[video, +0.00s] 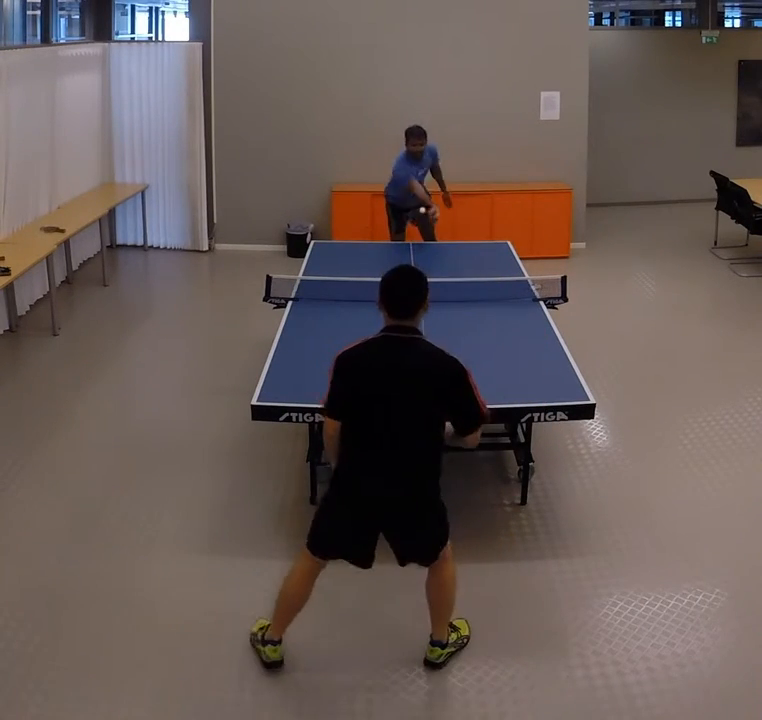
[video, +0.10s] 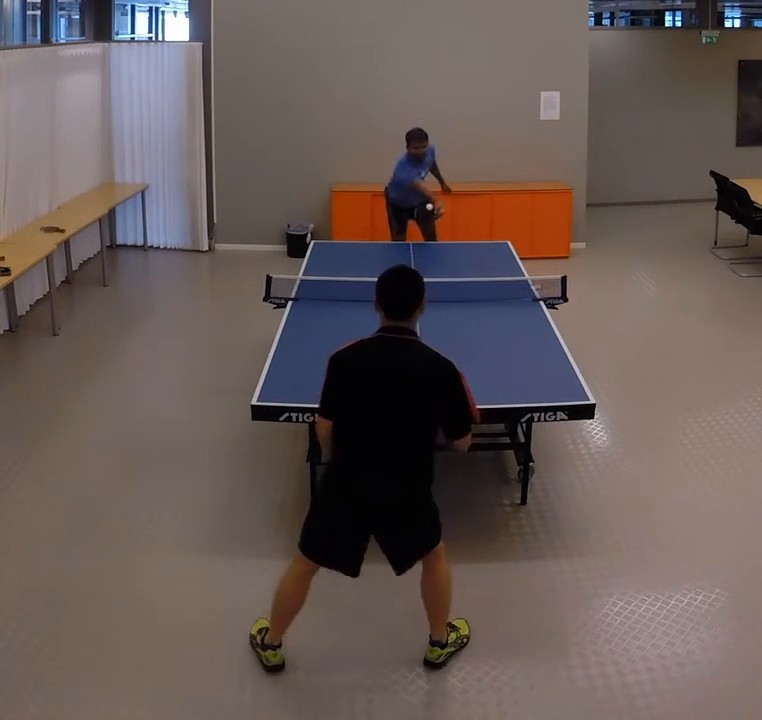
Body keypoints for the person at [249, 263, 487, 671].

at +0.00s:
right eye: (421, 299)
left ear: (380, 304)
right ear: (425, 305)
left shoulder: (350, 360)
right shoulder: (446, 367)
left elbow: (333, 431)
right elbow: (471, 436)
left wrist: (339, 465)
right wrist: (444, 427)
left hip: (354, 487)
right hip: (414, 491)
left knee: (313, 558)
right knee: (440, 556)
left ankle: (272, 640)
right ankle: (440, 640)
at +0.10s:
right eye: (416, 301)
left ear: (377, 305)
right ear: (421, 306)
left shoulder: (345, 360)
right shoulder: (440, 370)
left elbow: (324, 428)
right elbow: (462, 441)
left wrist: (335, 462)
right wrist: (432, 414)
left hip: (345, 488)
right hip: (407, 491)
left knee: (304, 564)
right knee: (432, 555)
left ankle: (271, 642)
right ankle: (440, 640)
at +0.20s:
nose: (415, 303)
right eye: (416, 298)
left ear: (374, 301)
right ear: (417, 303)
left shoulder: (340, 355)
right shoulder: (436, 367)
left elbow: (320, 426)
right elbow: (456, 438)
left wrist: (335, 456)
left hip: (341, 486)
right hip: (402, 489)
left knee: (302, 565)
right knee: (431, 557)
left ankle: (271, 643)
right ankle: (440, 641)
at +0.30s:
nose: (415, 301)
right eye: (416, 295)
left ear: (373, 298)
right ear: (417, 300)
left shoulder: (337, 353)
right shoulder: (435, 365)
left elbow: (318, 420)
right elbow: (455, 431)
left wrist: (331, 455)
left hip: (338, 485)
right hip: (399, 488)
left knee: (302, 564)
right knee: (429, 558)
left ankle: (272, 643)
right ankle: (440, 641)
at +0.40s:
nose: (419, 301)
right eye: (420, 296)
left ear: (377, 298)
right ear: (419, 301)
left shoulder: (340, 351)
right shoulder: (433, 365)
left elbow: (314, 417)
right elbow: (458, 411)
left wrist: (334, 447)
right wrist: (453, 371)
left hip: (335, 482)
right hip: (394, 487)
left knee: (298, 555)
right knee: (425, 557)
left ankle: (267, 636)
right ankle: (440, 639)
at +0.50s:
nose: (426, 308)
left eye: (424, 302)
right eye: (425, 302)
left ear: (379, 303)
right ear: (420, 307)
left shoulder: (343, 350)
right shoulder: (427, 370)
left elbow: (306, 407)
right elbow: (456, 428)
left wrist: (326, 433)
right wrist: (471, 407)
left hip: (334, 480)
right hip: (390, 487)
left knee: (295, 549)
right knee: (424, 555)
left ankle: (252, 621)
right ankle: (443, 638)